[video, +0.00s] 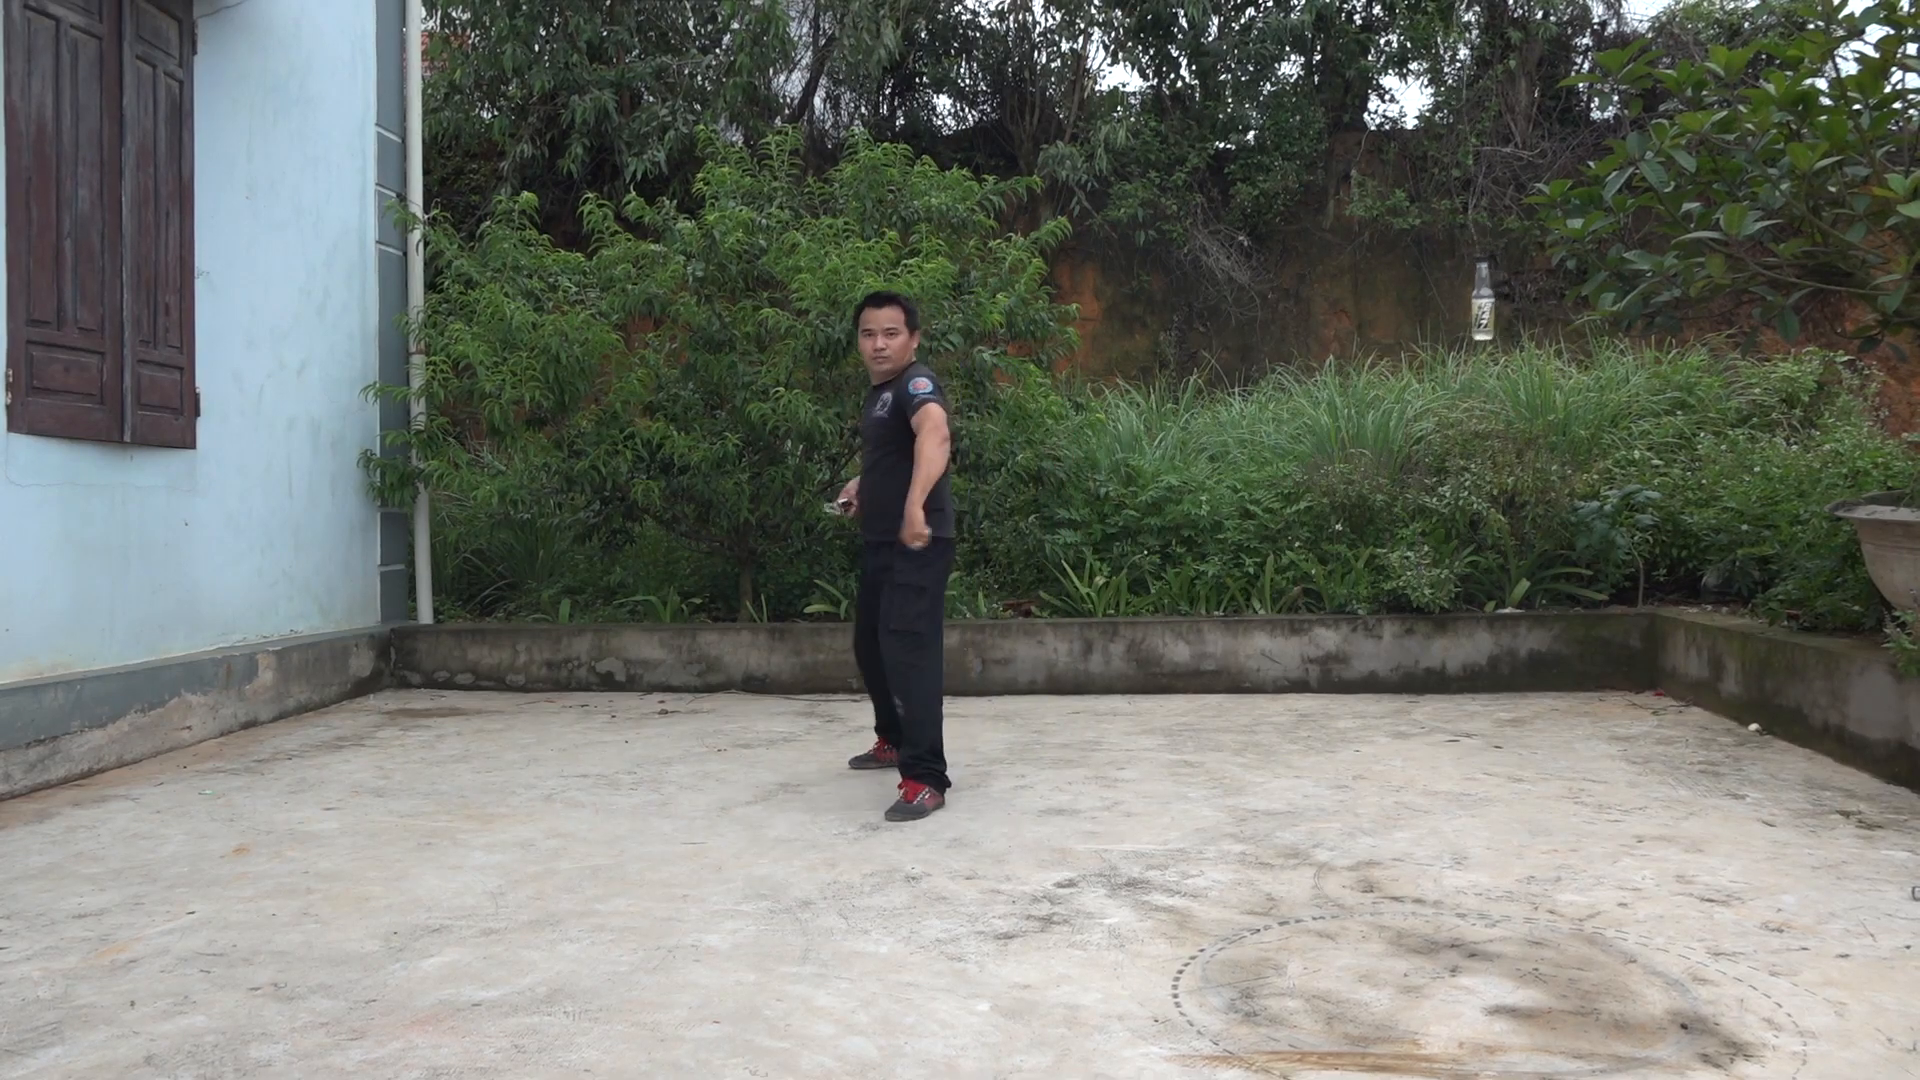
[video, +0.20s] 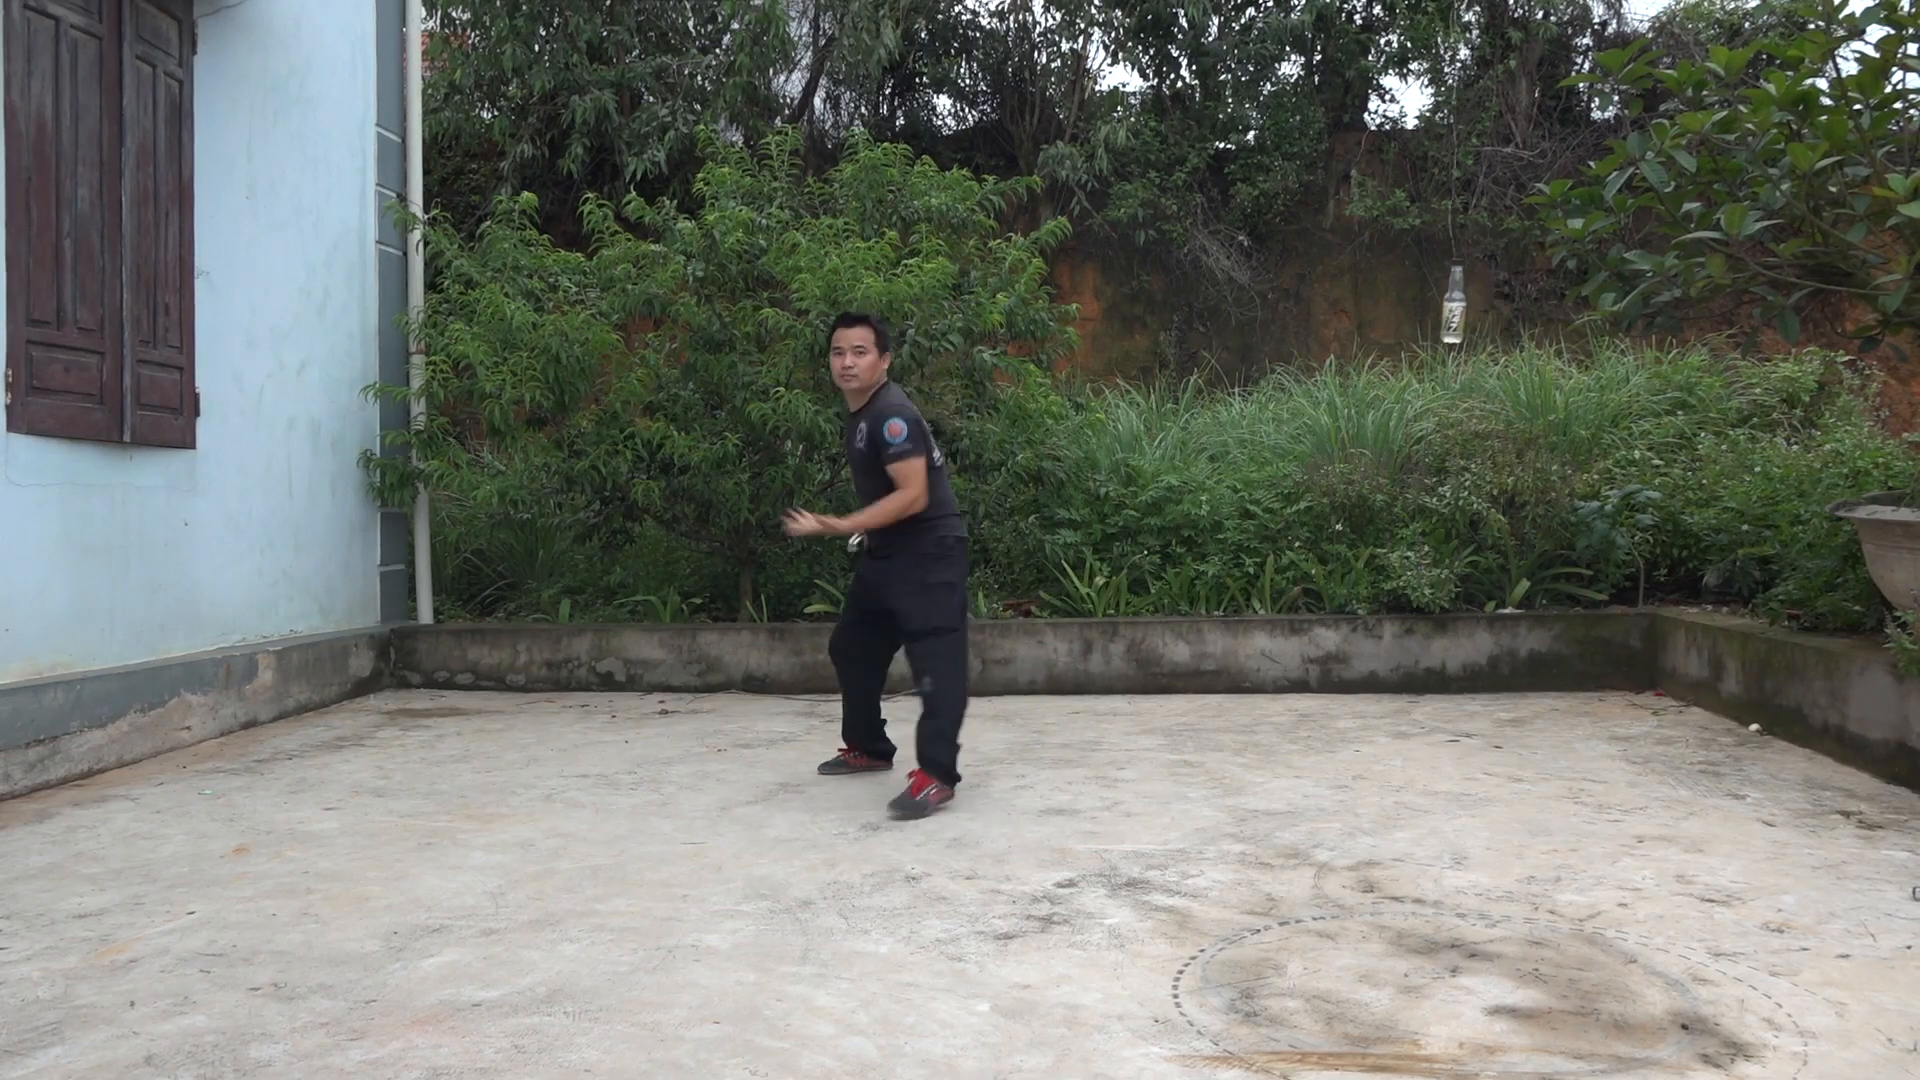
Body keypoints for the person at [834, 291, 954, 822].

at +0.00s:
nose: (879, 343)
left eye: (891, 333)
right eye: (869, 334)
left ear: (912, 340)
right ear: (858, 342)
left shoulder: (916, 383)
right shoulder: (880, 394)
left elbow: (935, 438)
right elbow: (890, 457)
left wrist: (914, 507)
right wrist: (863, 485)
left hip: (916, 543)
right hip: (881, 544)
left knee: (910, 649)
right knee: (873, 646)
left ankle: (927, 779)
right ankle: (895, 743)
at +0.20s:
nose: (847, 362)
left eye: (859, 352)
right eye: (839, 353)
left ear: (883, 360)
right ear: (830, 362)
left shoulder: (892, 414)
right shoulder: (861, 415)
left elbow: (913, 495)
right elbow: (890, 488)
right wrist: (874, 537)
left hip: (931, 555)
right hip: (888, 556)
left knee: (939, 666)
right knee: (853, 649)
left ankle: (937, 775)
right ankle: (867, 746)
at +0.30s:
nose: (864, 358)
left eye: (874, 348)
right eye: (852, 350)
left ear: (892, 356)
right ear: (839, 362)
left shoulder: (905, 405)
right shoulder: (848, 417)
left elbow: (849, 458)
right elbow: (837, 469)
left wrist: (787, 410)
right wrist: (835, 524)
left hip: (940, 550)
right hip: (885, 555)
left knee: (968, 643)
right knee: (851, 643)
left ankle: (1005, 755)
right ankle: (868, 747)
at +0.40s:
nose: (877, 343)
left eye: (883, 335)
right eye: (866, 338)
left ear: (898, 344)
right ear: (851, 354)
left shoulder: (919, 385)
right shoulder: (853, 405)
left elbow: (891, 331)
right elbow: (811, 423)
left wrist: (829, 292)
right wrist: (775, 441)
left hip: (948, 547)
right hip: (888, 551)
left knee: (993, 643)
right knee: (857, 642)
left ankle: (1045, 745)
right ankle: (868, 746)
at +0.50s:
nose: (914, 328)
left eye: (916, 319)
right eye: (900, 322)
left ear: (926, 326)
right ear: (872, 339)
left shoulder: (946, 359)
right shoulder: (859, 384)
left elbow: (984, 291)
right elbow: (800, 374)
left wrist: (1013, 222)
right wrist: (803, 305)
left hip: (962, 529)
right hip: (894, 538)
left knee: (1010, 626)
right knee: (875, 640)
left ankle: (1030, 720)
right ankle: (869, 744)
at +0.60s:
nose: (958, 335)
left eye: (960, 326)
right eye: (947, 326)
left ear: (962, 332)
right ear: (914, 334)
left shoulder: (973, 364)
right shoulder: (884, 371)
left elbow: (1034, 333)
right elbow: (816, 331)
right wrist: (852, 287)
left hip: (969, 527)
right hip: (912, 526)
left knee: (1006, 626)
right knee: (880, 632)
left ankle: (1019, 726)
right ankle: (836, 726)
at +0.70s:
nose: (1002, 357)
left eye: (1001, 348)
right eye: (994, 347)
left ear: (972, 353)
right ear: (961, 350)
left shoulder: (983, 408)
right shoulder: (929, 375)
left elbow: (1020, 435)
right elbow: (889, 315)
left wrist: (1072, 447)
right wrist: (922, 278)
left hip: (971, 547)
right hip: (929, 538)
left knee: (1004, 633)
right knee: (890, 639)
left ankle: (1012, 735)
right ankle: (796, 722)